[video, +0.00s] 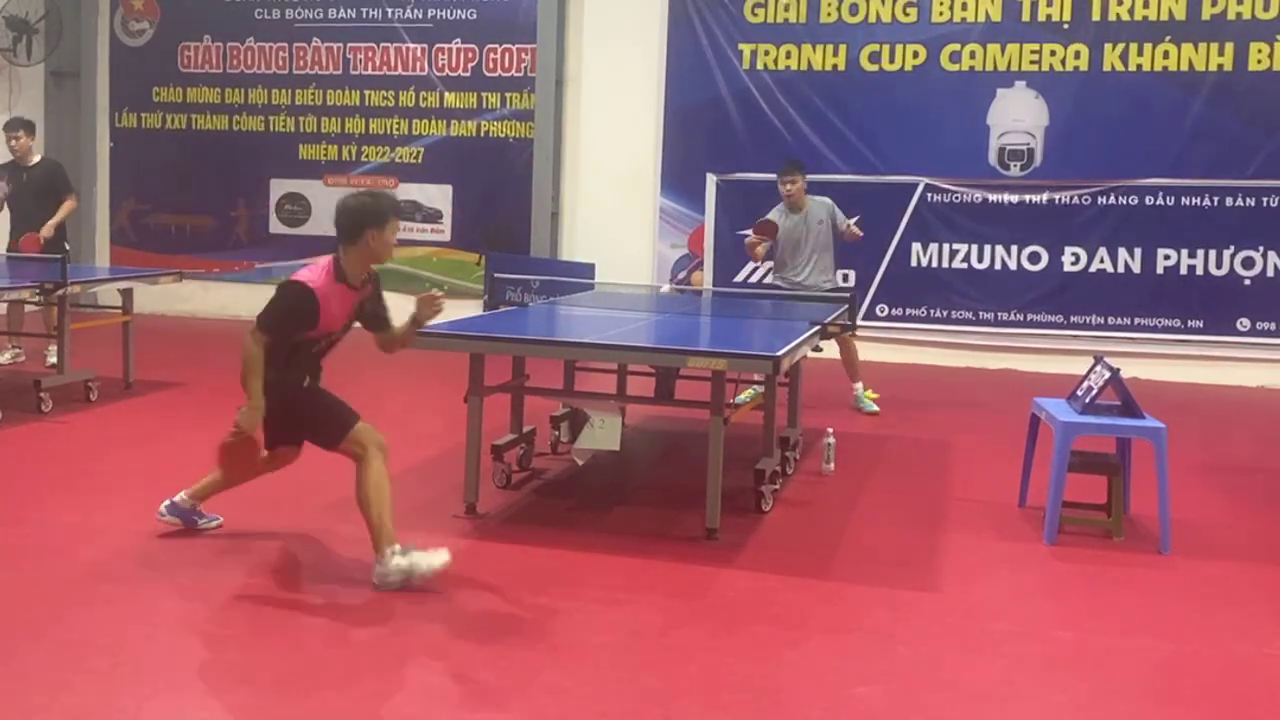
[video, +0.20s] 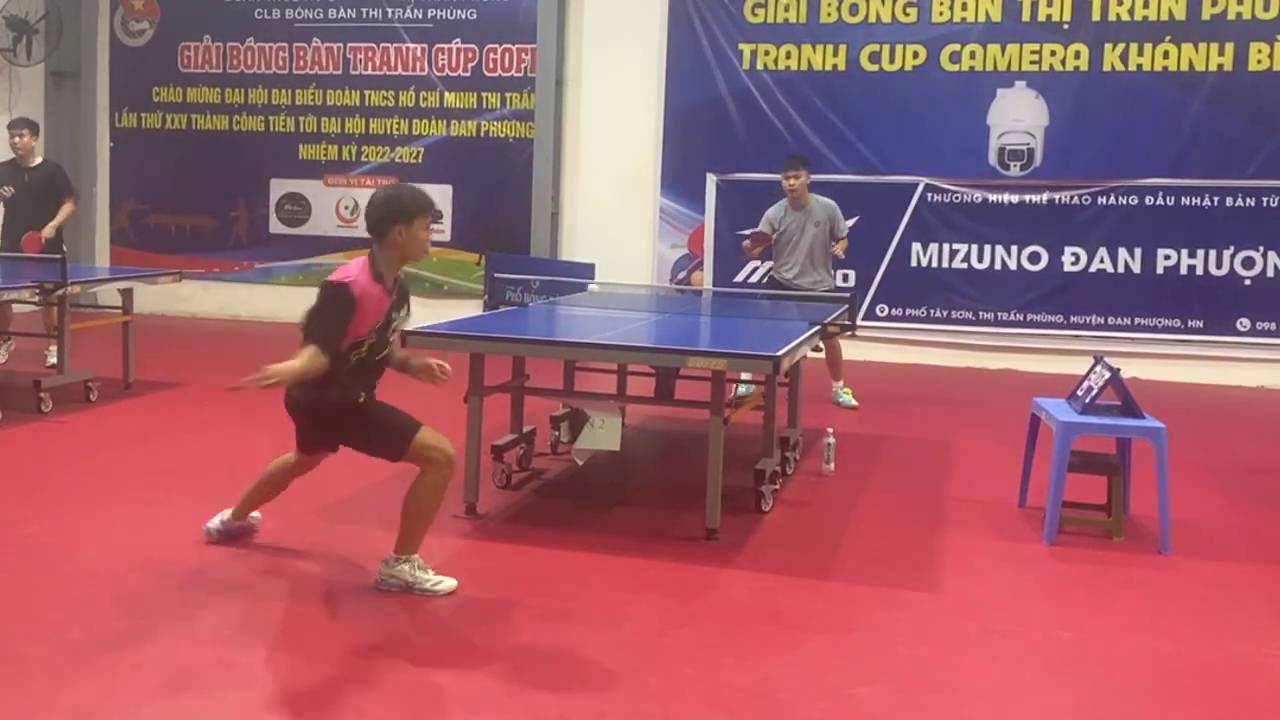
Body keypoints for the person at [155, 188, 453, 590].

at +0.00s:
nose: (397, 240)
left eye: (396, 231)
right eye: (392, 231)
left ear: (365, 236)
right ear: (367, 236)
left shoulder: (365, 281)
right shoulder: (306, 288)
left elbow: (388, 342)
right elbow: (254, 340)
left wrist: (416, 321)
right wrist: (254, 406)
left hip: (296, 382)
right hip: (281, 386)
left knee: (282, 453)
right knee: (370, 447)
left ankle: (184, 502)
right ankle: (388, 557)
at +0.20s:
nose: (430, 240)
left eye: (430, 230)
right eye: (425, 229)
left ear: (396, 235)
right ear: (397, 234)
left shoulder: (395, 284)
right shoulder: (347, 287)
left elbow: (376, 345)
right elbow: (321, 352)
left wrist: (410, 363)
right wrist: (289, 369)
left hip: (323, 395)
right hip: (330, 402)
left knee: (305, 458)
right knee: (439, 457)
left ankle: (233, 519)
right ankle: (402, 563)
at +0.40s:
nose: (426, 205)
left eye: (424, 195)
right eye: (421, 196)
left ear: (367, 202)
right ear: (401, 203)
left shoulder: (326, 249)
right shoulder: (398, 232)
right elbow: (453, 187)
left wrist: (346, 209)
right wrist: (395, 152)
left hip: (291, 392)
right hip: (346, 403)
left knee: (334, 413)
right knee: (446, 461)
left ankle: (301, 503)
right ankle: (405, 561)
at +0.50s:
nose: (397, 194)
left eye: (395, 185)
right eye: (393, 186)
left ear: (339, 190)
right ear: (383, 190)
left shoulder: (307, 243)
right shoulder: (393, 226)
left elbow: (266, 302)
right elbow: (459, 215)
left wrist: (310, 269)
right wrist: (427, 167)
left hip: (298, 395)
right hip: (357, 395)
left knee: (317, 455)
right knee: (469, 454)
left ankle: (241, 541)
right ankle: (416, 569)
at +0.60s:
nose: (388, 201)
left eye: (386, 192)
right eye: (386, 194)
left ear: (333, 200)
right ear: (374, 201)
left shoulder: (284, 261)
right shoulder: (387, 253)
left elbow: (252, 336)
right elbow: (466, 281)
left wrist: (300, 309)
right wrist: (461, 227)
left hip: (299, 411)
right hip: (368, 413)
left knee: (286, 487)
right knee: (459, 497)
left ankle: (223, 586)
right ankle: (462, 609)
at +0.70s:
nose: (399, 203)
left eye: (399, 195)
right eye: (399, 196)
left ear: (339, 193)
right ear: (392, 199)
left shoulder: (298, 252)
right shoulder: (397, 263)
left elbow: (259, 334)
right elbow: (458, 331)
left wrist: (313, 313)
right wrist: (477, 291)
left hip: (280, 399)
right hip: (349, 405)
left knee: (264, 473)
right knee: (439, 498)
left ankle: (214, 584)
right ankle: (460, 632)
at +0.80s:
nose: (413, 205)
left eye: (410, 196)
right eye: (413, 197)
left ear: (356, 196)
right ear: (405, 204)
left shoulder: (308, 243)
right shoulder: (399, 269)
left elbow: (286, 311)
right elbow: (433, 361)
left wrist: (360, 331)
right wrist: (471, 355)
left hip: (249, 387)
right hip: (315, 397)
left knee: (255, 479)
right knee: (406, 499)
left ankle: (162, 581)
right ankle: (423, 636)